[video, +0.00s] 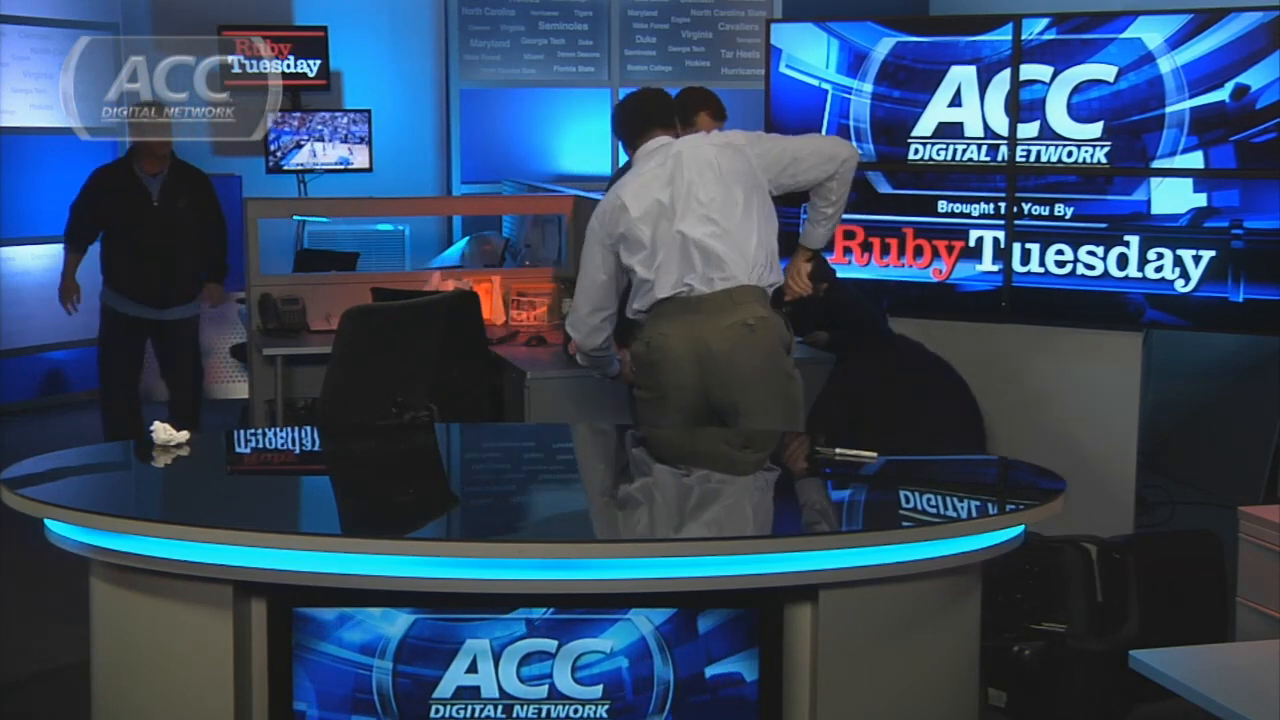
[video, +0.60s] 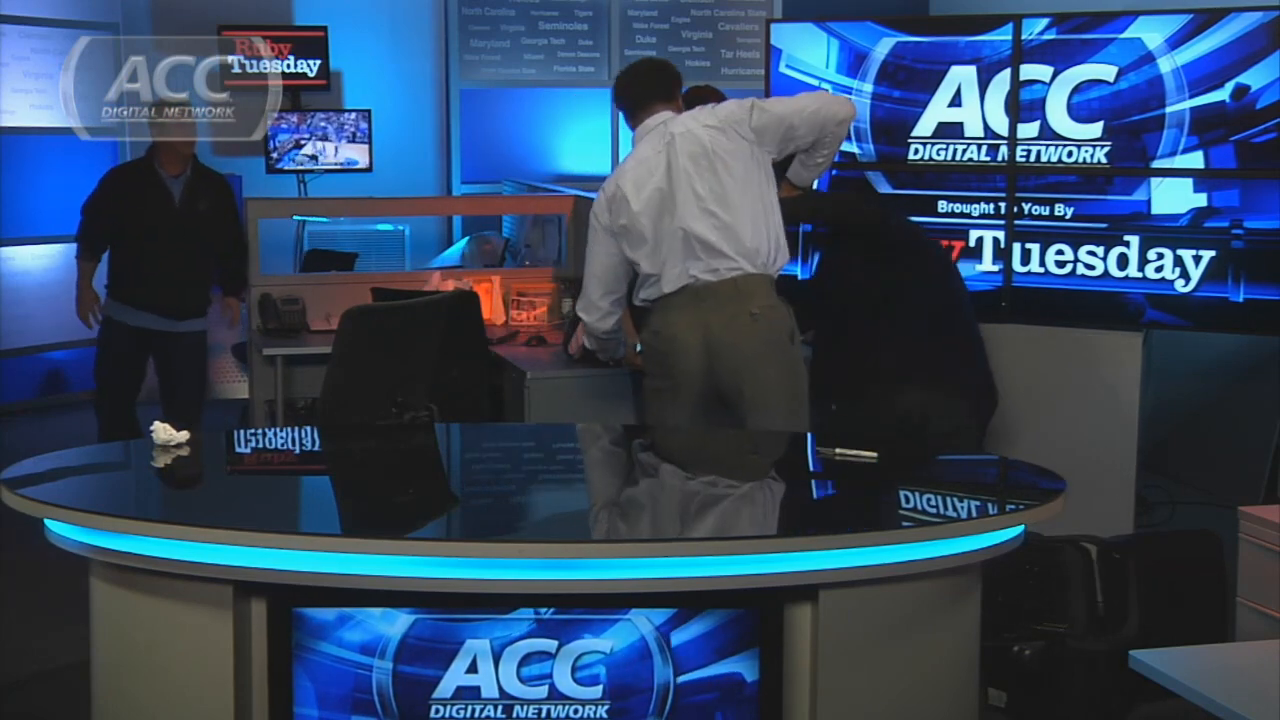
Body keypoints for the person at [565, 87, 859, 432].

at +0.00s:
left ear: (625, 143)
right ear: (677, 125)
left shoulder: (615, 203)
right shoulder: (734, 147)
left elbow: (587, 333)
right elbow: (840, 156)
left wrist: (614, 364)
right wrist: (806, 252)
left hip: (663, 337)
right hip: (748, 321)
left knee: (666, 479)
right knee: (744, 479)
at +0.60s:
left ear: (625, 114)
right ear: (680, 97)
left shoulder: (616, 191)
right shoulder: (732, 120)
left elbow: (599, 319)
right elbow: (837, 109)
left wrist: (616, 353)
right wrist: (796, 181)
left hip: (671, 325)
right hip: (753, 309)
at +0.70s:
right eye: (696, 95)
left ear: (635, 108)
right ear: (690, 95)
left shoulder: (616, 184)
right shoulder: (731, 118)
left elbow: (593, 307)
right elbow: (837, 112)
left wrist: (621, 347)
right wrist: (797, 173)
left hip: (665, 319)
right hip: (744, 306)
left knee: (677, 477)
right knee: (745, 476)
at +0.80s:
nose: (711, 99)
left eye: (710, 94)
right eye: (710, 92)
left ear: (648, 101)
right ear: (698, 90)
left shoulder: (618, 175)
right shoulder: (730, 117)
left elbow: (590, 295)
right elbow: (837, 122)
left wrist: (624, 331)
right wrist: (795, 172)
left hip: (656, 316)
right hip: (731, 306)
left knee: (663, 470)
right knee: (736, 473)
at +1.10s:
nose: (782, 119)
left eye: (784, 109)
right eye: (779, 106)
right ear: (752, 91)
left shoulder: (653, 149)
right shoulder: (741, 128)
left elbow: (594, 255)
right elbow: (820, 215)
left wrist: (638, 299)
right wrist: (783, 240)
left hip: (623, 306)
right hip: (686, 308)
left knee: (630, 452)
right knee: (730, 457)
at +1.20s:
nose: (812, 126)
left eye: (815, 115)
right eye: (811, 112)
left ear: (770, 95)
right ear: (779, 97)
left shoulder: (680, 143)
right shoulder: (759, 137)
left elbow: (611, 239)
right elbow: (826, 241)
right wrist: (797, 272)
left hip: (625, 305)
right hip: (680, 310)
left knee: (637, 460)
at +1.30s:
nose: (841, 142)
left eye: (846, 131)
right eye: (841, 128)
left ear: (808, 106)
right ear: (815, 109)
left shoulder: (713, 141)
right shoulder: (778, 145)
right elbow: (835, 260)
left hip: (634, 303)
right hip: (686, 313)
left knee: (647, 469)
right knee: (748, 457)